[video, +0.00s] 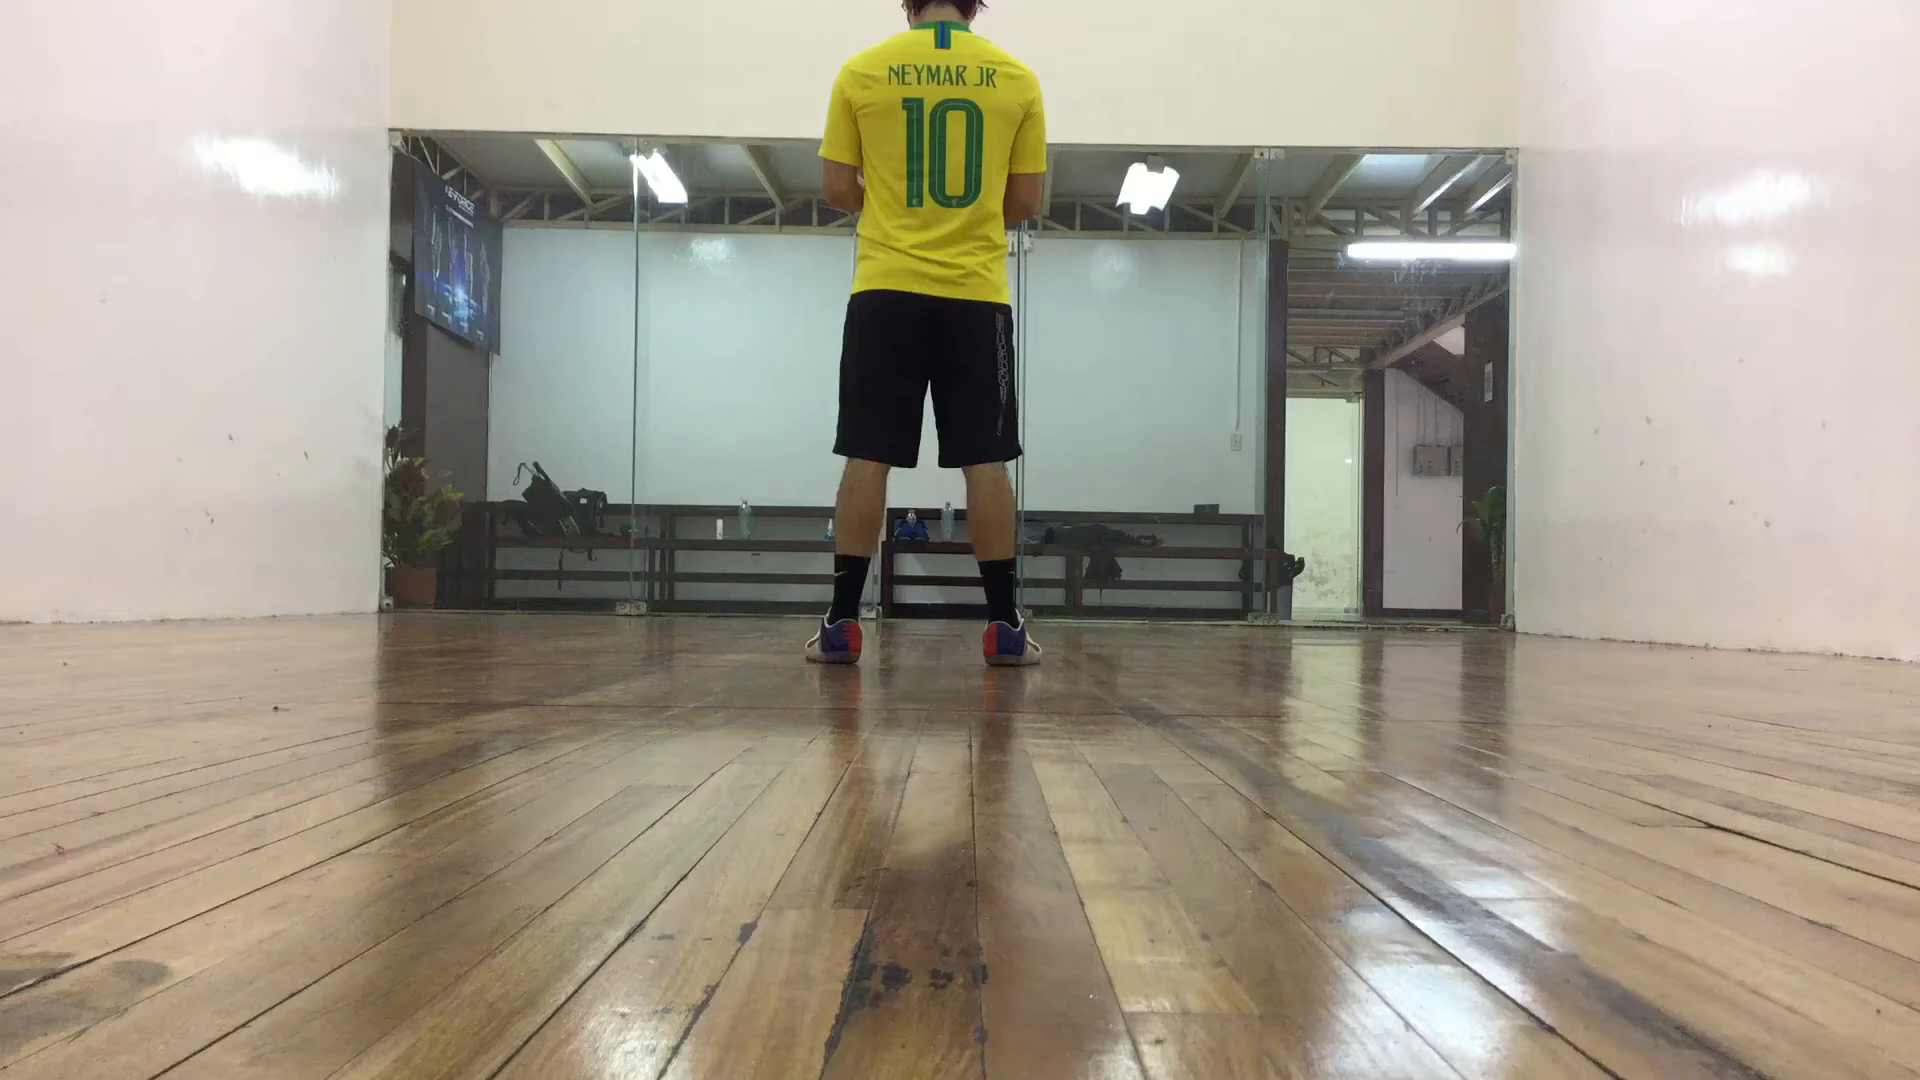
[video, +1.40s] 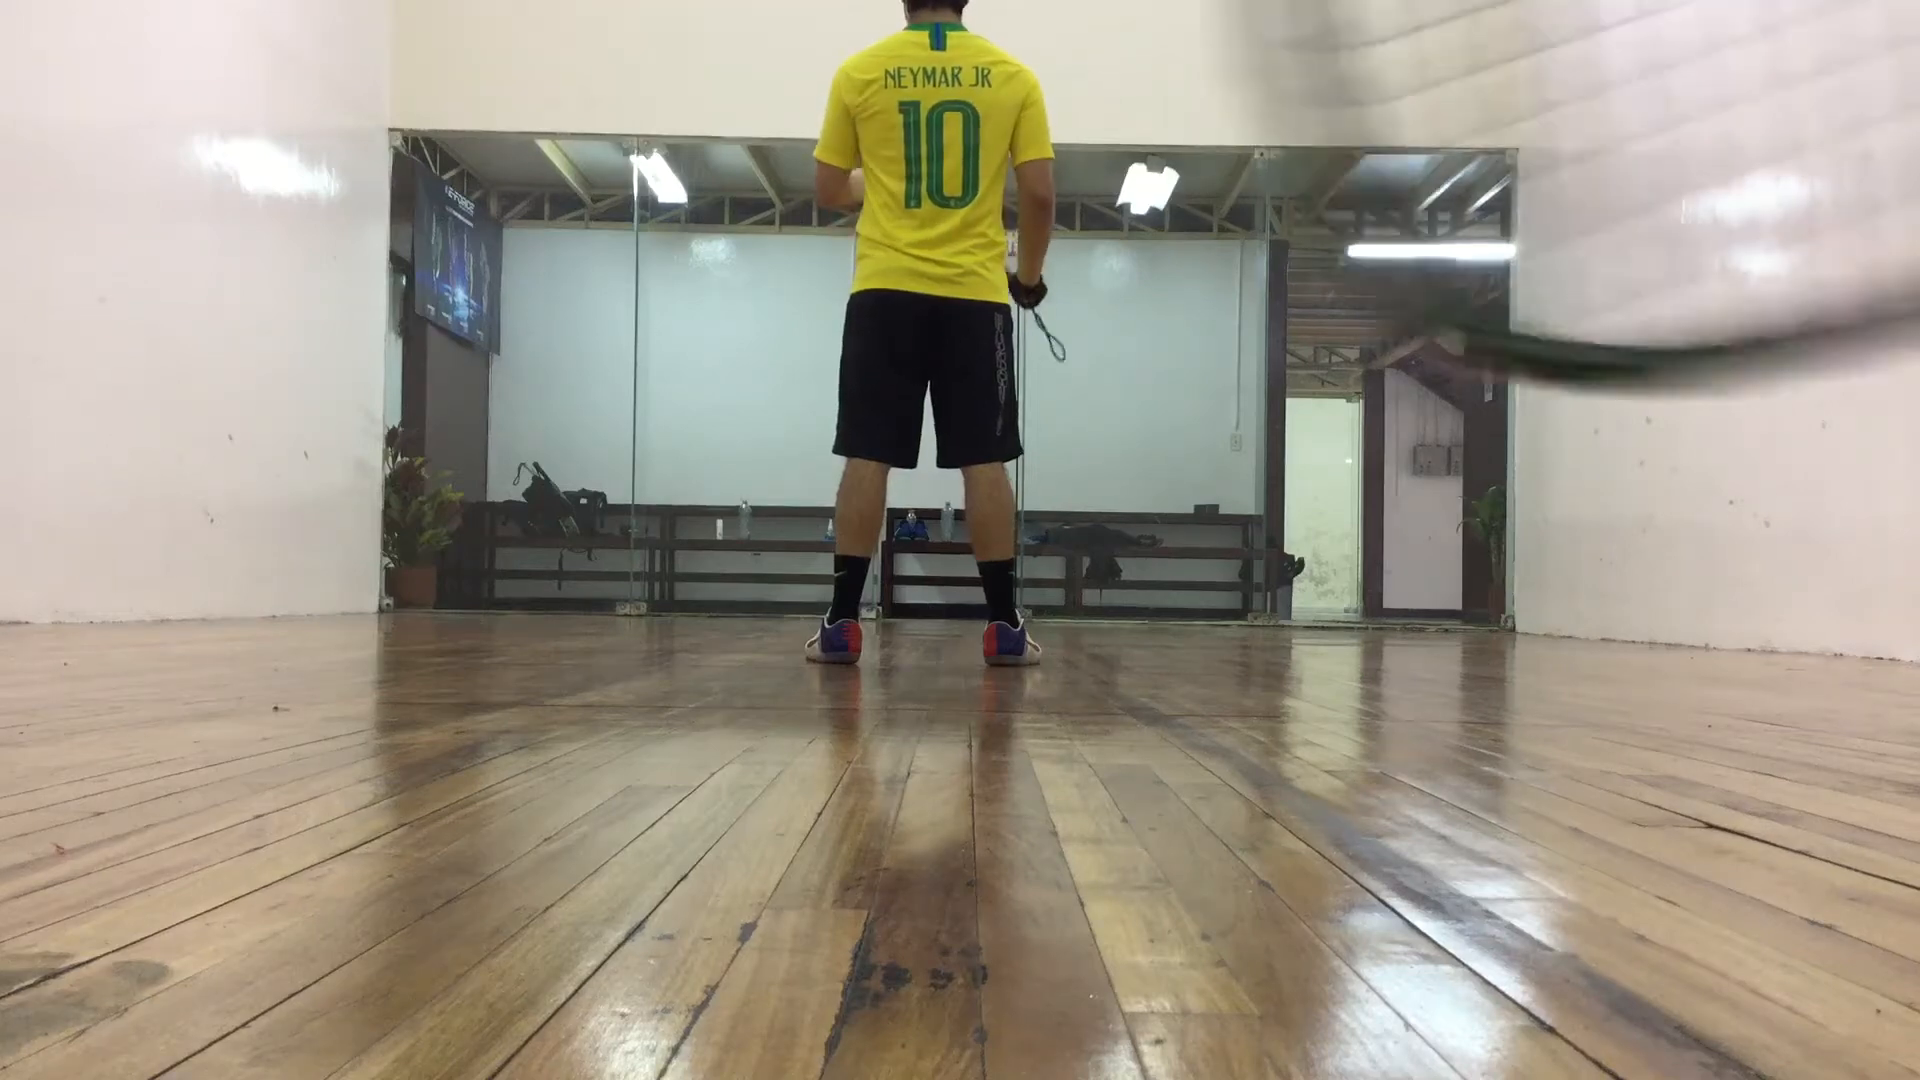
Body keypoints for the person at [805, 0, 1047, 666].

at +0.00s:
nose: (905, 15)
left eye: (904, 9)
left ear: (907, 7)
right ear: (975, 8)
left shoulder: (862, 70)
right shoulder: (1016, 79)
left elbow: (839, 191)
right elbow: (1024, 203)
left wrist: (898, 191)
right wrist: (958, 191)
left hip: (884, 299)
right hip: (975, 304)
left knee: (866, 459)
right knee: (986, 462)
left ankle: (842, 622)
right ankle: (1005, 624)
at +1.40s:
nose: (922, 13)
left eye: (910, 6)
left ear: (904, 4)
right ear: (965, 4)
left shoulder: (859, 72)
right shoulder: (1012, 76)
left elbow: (831, 192)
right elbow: (1039, 193)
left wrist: (877, 182)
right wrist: (1030, 273)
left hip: (883, 298)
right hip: (974, 303)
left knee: (866, 458)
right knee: (985, 462)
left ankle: (843, 621)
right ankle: (1005, 625)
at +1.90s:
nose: (956, 17)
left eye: (914, 11)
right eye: (967, 9)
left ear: (906, 6)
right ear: (970, 8)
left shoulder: (857, 72)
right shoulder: (1011, 79)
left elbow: (826, 184)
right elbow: (1037, 191)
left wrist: (868, 225)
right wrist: (1033, 298)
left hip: (882, 298)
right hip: (972, 304)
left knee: (865, 458)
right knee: (985, 463)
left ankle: (842, 621)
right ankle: (1005, 624)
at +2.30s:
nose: (1005, 12)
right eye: (1002, 8)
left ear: (916, 5)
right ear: (990, 9)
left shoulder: (864, 71)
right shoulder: (1012, 82)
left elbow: (828, 192)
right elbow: (1035, 205)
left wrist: (874, 205)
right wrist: (1028, 294)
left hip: (882, 300)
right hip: (974, 307)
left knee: (865, 460)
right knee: (986, 466)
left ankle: (843, 622)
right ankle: (1006, 625)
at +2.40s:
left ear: (909, 10)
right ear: (981, 15)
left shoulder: (861, 75)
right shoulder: (1013, 83)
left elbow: (837, 193)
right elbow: (1033, 205)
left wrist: (868, 204)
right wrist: (1027, 294)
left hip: (883, 302)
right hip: (974, 308)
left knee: (866, 460)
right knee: (986, 465)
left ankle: (842, 622)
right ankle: (1005, 626)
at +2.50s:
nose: (939, 10)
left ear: (906, 9)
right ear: (968, 9)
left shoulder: (861, 74)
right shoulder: (1011, 81)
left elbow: (845, 185)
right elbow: (1033, 202)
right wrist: (1029, 296)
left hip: (883, 300)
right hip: (976, 305)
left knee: (866, 460)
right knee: (986, 465)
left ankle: (842, 621)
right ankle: (998, 629)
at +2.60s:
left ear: (905, 8)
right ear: (979, 12)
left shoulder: (864, 72)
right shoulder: (1013, 81)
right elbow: (1034, 205)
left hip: (883, 299)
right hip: (975, 302)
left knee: (866, 460)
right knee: (985, 461)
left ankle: (842, 621)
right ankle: (1000, 620)